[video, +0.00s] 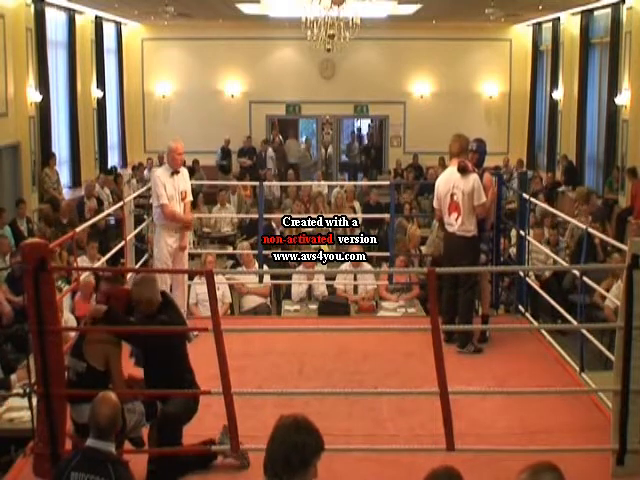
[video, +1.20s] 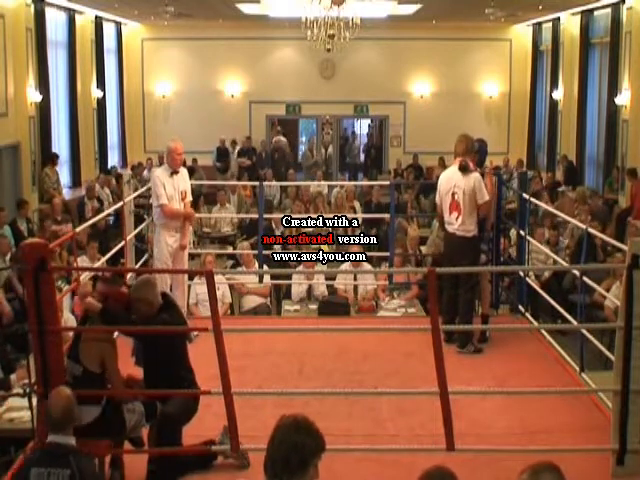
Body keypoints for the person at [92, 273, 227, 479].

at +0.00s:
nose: (140, 308)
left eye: (144, 303)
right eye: (137, 303)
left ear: (154, 300)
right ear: (133, 299)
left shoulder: (167, 323)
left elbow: (137, 334)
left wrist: (108, 314)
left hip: (183, 393)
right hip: (159, 392)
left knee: (167, 415)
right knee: (162, 466)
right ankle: (214, 447)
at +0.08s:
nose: (137, 307)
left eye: (140, 302)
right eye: (135, 302)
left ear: (150, 300)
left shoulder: (165, 323)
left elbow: (133, 331)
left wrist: (105, 312)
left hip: (182, 394)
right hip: (160, 393)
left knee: (167, 416)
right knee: (161, 466)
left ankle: (217, 449)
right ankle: (215, 446)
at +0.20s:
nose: (140, 307)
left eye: (144, 303)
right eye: (138, 302)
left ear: (154, 300)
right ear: (136, 299)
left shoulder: (169, 322)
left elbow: (135, 329)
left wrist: (100, 311)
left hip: (183, 393)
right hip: (157, 393)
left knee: (167, 416)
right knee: (165, 466)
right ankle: (213, 449)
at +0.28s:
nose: (139, 307)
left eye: (142, 302)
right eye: (137, 301)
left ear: (153, 301)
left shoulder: (169, 323)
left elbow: (132, 327)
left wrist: (100, 310)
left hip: (183, 393)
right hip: (157, 392)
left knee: (166, 417)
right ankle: (214, 448)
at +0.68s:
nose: (139, 307)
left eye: (142, 302)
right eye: (137, 302)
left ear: (151, 302)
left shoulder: (166, 323)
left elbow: (126, 325)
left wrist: (99, 310)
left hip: (183, 395)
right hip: (160, 395)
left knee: (167, 417)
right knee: (162, 466)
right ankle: (215, 447)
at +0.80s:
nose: (142, 307)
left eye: (145, 303)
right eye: (139, 302)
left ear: (154, 301)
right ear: (137, 300)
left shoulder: (169, 322)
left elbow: (133, 326)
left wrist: (99, 309)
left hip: (183, 393)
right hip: (157, 393)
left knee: (167, 416)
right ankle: (214, 448)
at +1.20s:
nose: (136, 309)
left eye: (140, 304)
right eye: (135, 304)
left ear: (152, 303)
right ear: (133, 301)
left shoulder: (167, 321)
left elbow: (131, 326)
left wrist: (101, 310)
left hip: (183, 393)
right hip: (159, 394)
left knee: (167, 416)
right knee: (164, 467)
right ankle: (216, 447)